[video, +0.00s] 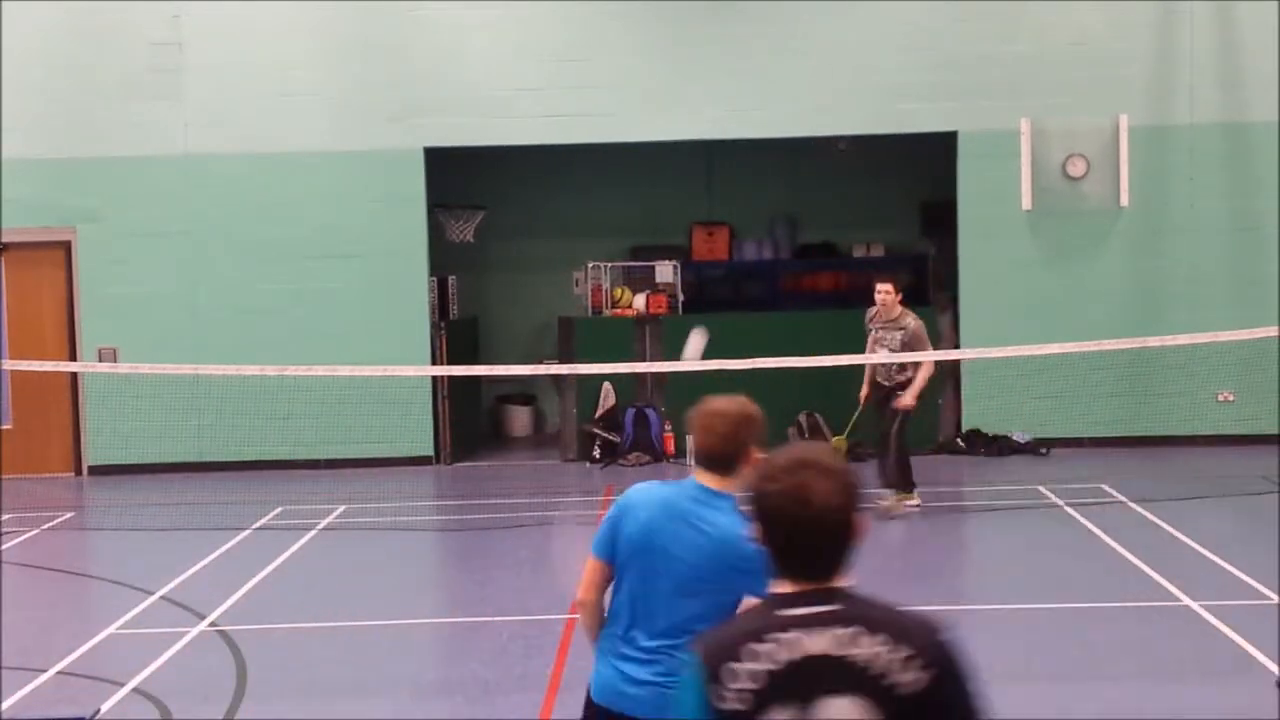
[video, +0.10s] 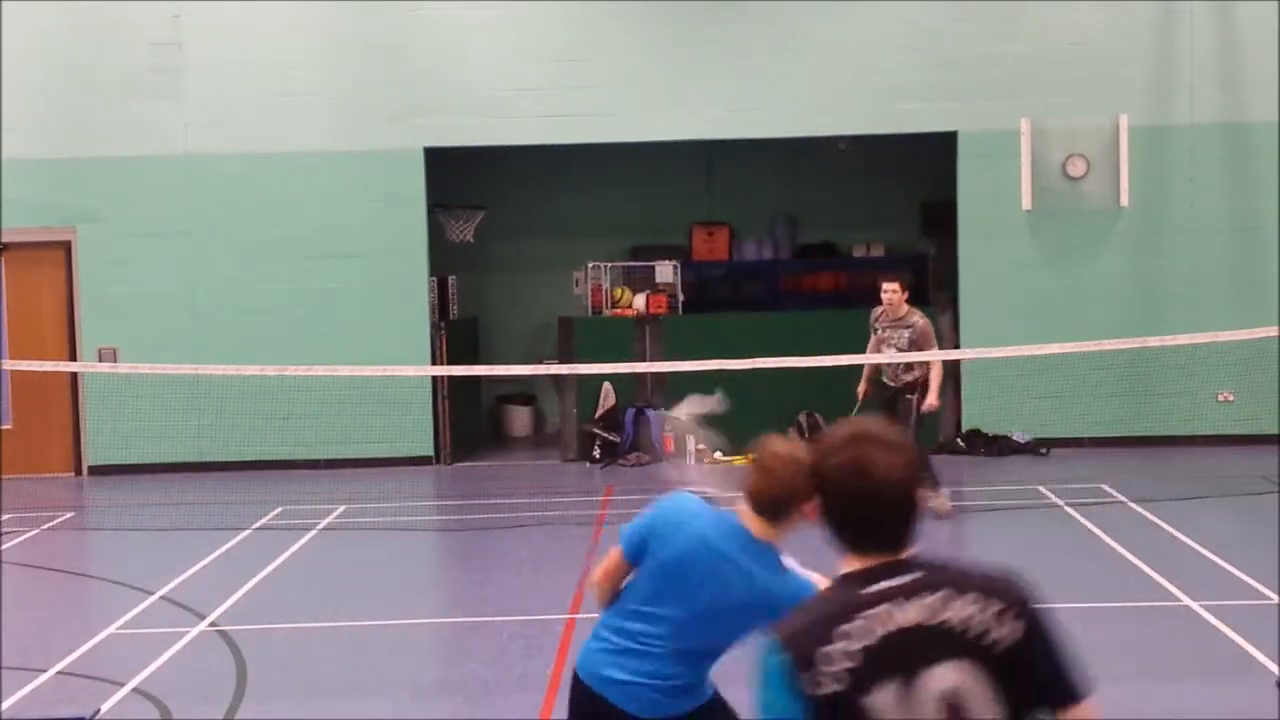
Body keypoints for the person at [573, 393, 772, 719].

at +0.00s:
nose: (762, 457)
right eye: (759, 449)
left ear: (696, 445)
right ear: (750, 457)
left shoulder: (637, 500)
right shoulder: (745, 542)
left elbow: (587, 597)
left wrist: (608, 654)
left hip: (610, 694)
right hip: (684, 706)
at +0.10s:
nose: (819, 506)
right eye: (816, 496)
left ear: (751, 475)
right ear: (807, 509)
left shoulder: (678, 510)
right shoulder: (782, 589)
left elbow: (603, 580)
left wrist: (621, 624)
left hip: (596, 683)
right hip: (671, 702)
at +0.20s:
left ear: (799, 539)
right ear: (843, 579)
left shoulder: (731, 529)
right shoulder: (791, 644)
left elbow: (632, 561)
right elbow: (838, 685)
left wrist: (626, 618)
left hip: (589, 668)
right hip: (650, 703)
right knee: (714, 711)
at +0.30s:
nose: (869, 646)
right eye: (873, 638)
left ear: (835, 583)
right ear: (863, 644)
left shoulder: (767, 558)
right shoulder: (788, 685)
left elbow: (661, 560)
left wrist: (648, 623)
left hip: (592, 664)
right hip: (634, 708)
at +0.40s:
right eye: (882, 671)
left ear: (843, 615)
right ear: (872, 680)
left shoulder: (781, 594)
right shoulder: (785, 707)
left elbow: (685, 577)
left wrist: (686, 637)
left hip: (595, 656)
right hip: (615, 705)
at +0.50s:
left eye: (840, 629)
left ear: (834, 628)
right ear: (859, 698)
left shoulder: (774, 607)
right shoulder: (770, 710)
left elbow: (697, 585)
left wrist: (715, 639)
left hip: (582, 666)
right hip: (603, 707)